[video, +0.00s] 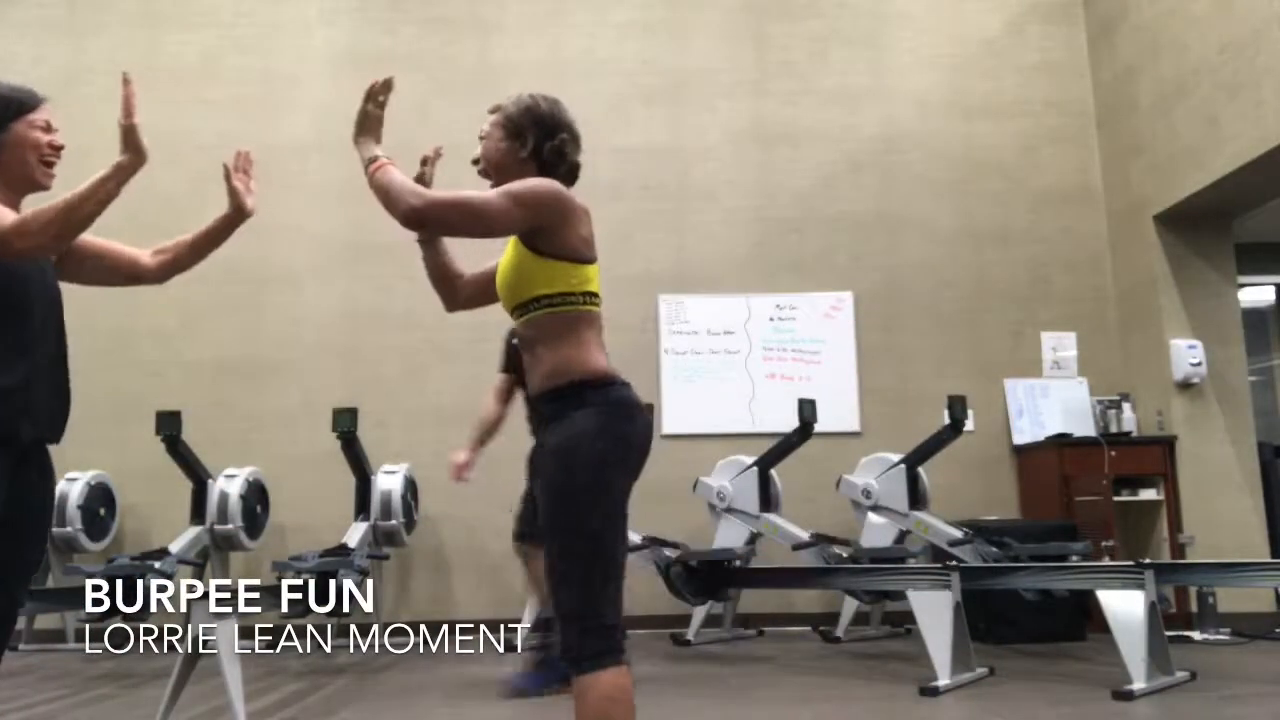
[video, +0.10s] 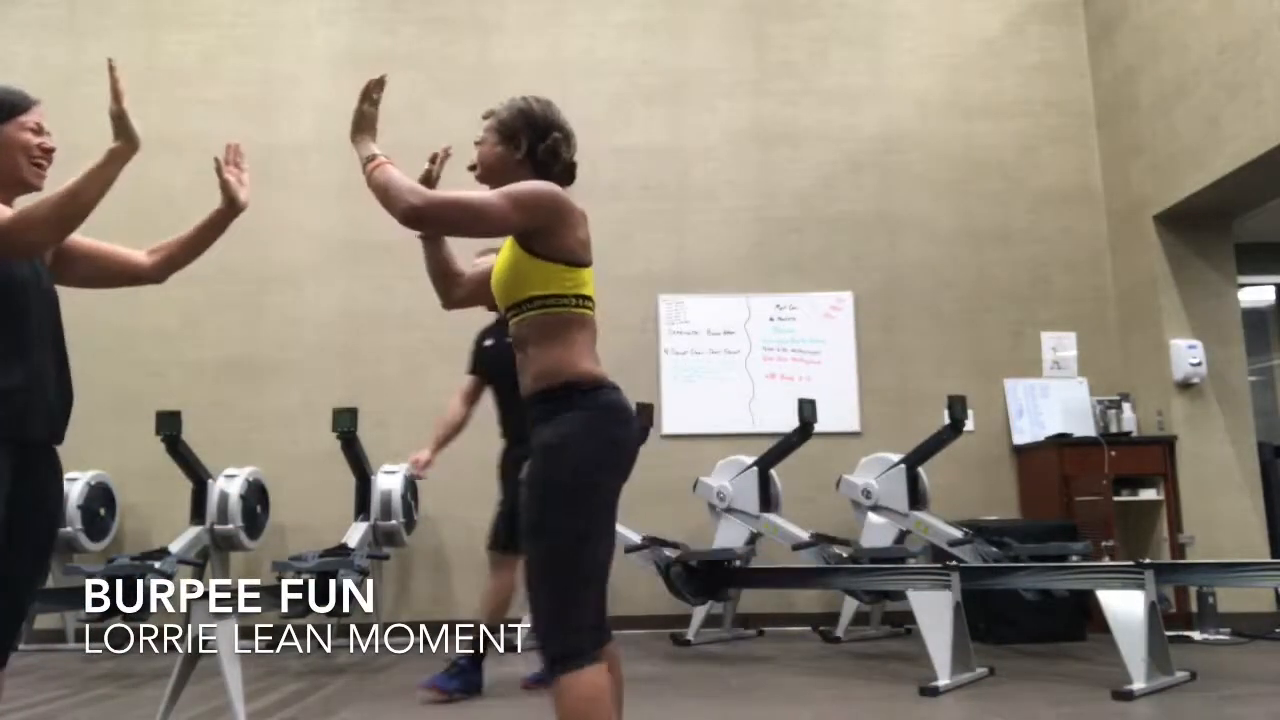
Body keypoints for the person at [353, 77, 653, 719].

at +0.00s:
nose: (480, 140)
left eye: (492, 129)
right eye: (486, 128)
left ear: (527, 143)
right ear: (526, 147)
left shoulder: (549, 197)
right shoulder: (535, 249)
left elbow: (417, 209)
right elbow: (456, 293)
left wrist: (369, 150)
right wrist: (426, 214)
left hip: (592, 422)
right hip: (572, 425)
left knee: (590, 640)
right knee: (584, 635)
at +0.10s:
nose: (475, 149)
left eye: (487, 137)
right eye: (480, 135)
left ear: (522, 148)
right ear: (518, 149)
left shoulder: (546, 201)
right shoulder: (525, 251)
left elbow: (417, 209)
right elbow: (454, 289)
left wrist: (366, 148)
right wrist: (431, 213)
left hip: (581, 426)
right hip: (565, 428)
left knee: (567, 639)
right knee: (581, 630)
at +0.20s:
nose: (465, 157)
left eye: (476, 145)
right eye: (469, 145)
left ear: (514, 153)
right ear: (511, 155)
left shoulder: (544, 208)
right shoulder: (516, 253)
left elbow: (418, 212)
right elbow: (439, 287)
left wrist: (373, 150)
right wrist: (417, 207)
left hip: (570, 425)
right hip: (567, 426)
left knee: (492, 602)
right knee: (575, 618)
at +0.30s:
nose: (448, 149)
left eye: (462, 137)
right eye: (454, 136)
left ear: (497, 149)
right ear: (495, 152)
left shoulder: (525, 208)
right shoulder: (494, 253)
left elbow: (401, 207)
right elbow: (414, 283)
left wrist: (372, 145)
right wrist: (395, 197)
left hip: (543, 429)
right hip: (551, 432)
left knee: (448, 613)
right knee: (572, 623)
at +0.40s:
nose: (432, 147)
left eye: (445, 137)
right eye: (436, 136)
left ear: (482, 150)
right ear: (477, 154)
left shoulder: (499, 205)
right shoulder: (469, 252)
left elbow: (366, 198)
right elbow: (391, 281)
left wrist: (350, 153)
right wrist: (376, 189)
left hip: (516, 431)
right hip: (528, 432)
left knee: (441, 619)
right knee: (561, 621)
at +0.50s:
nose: (409, 128)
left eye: (424, 118)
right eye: (417, 116)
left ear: (457, 134)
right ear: (454, 135)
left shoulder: (467, 190)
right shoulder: (450, 238)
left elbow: (323, 191)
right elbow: (360, 265)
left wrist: (294, 149)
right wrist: (316, 197)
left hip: (490, 422)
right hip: (514, 421)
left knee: (411, 623)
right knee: (531, 613)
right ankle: (578, 716)